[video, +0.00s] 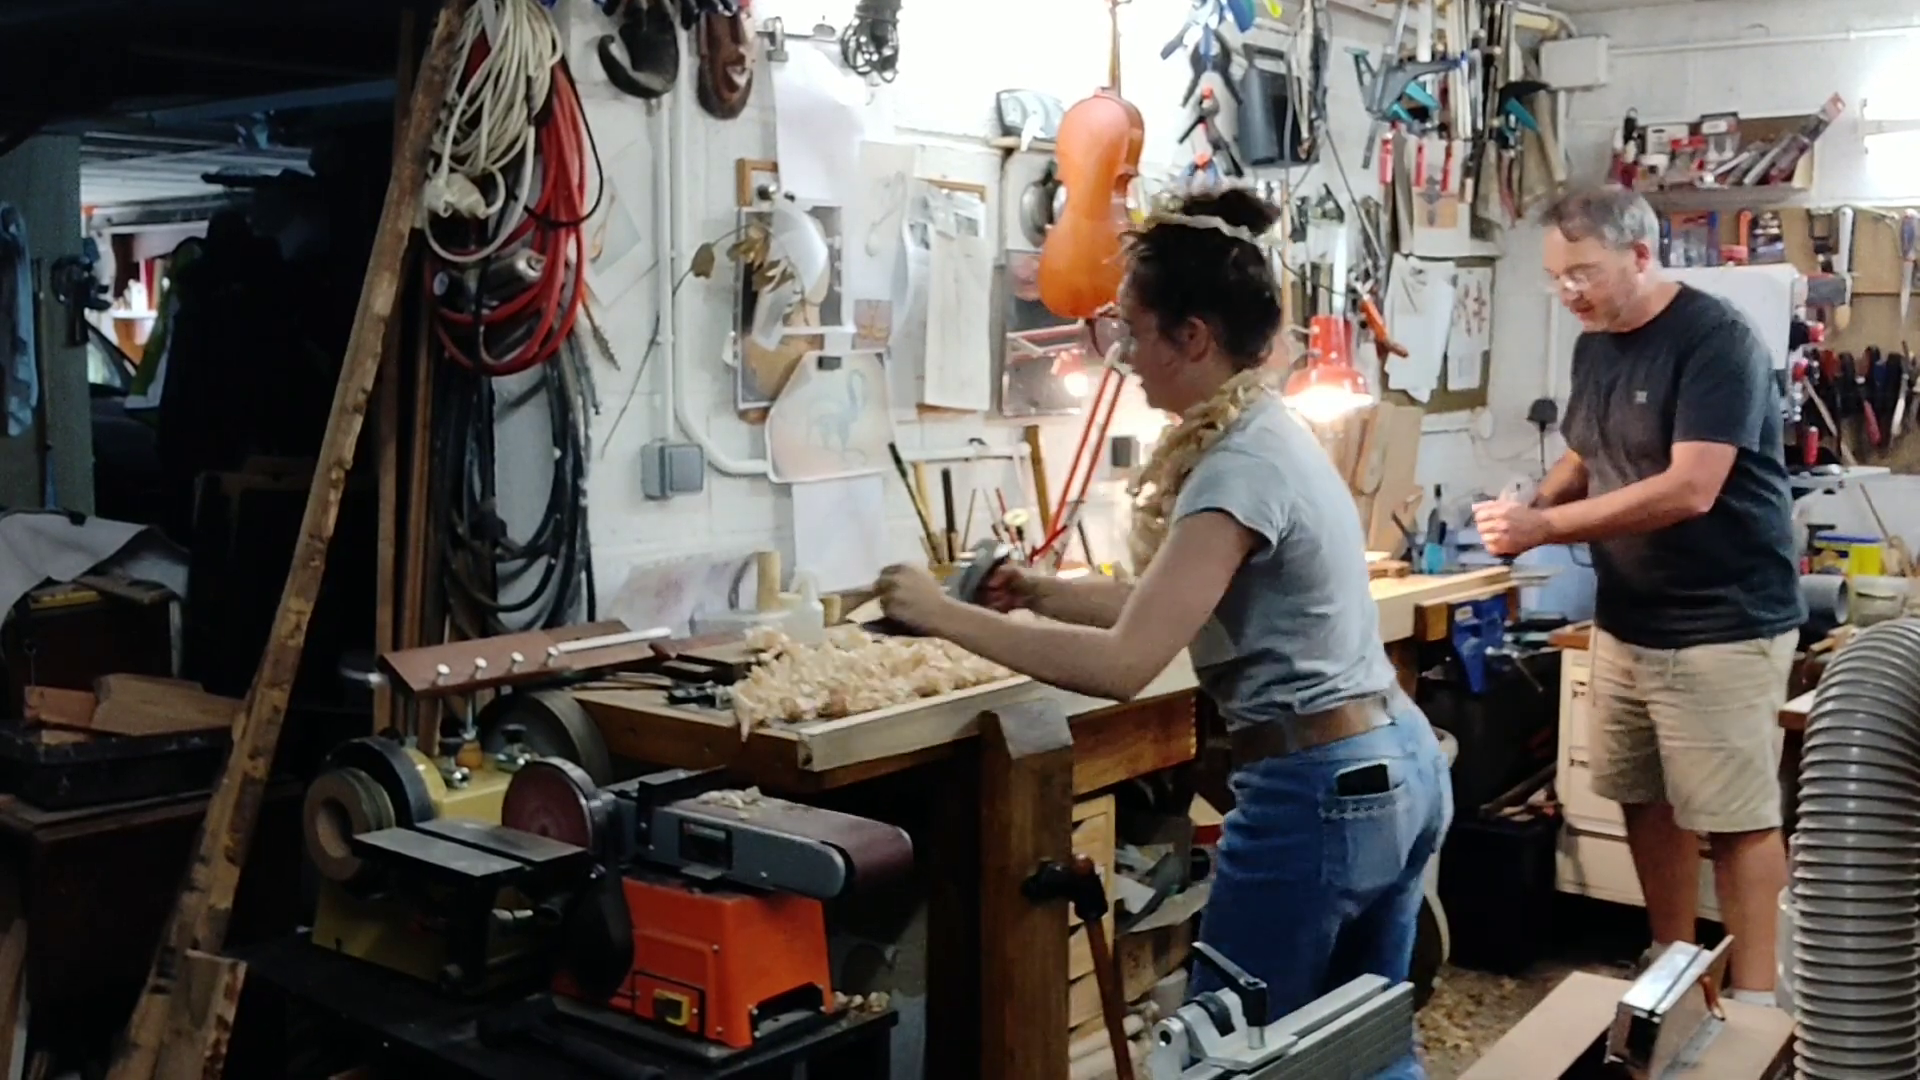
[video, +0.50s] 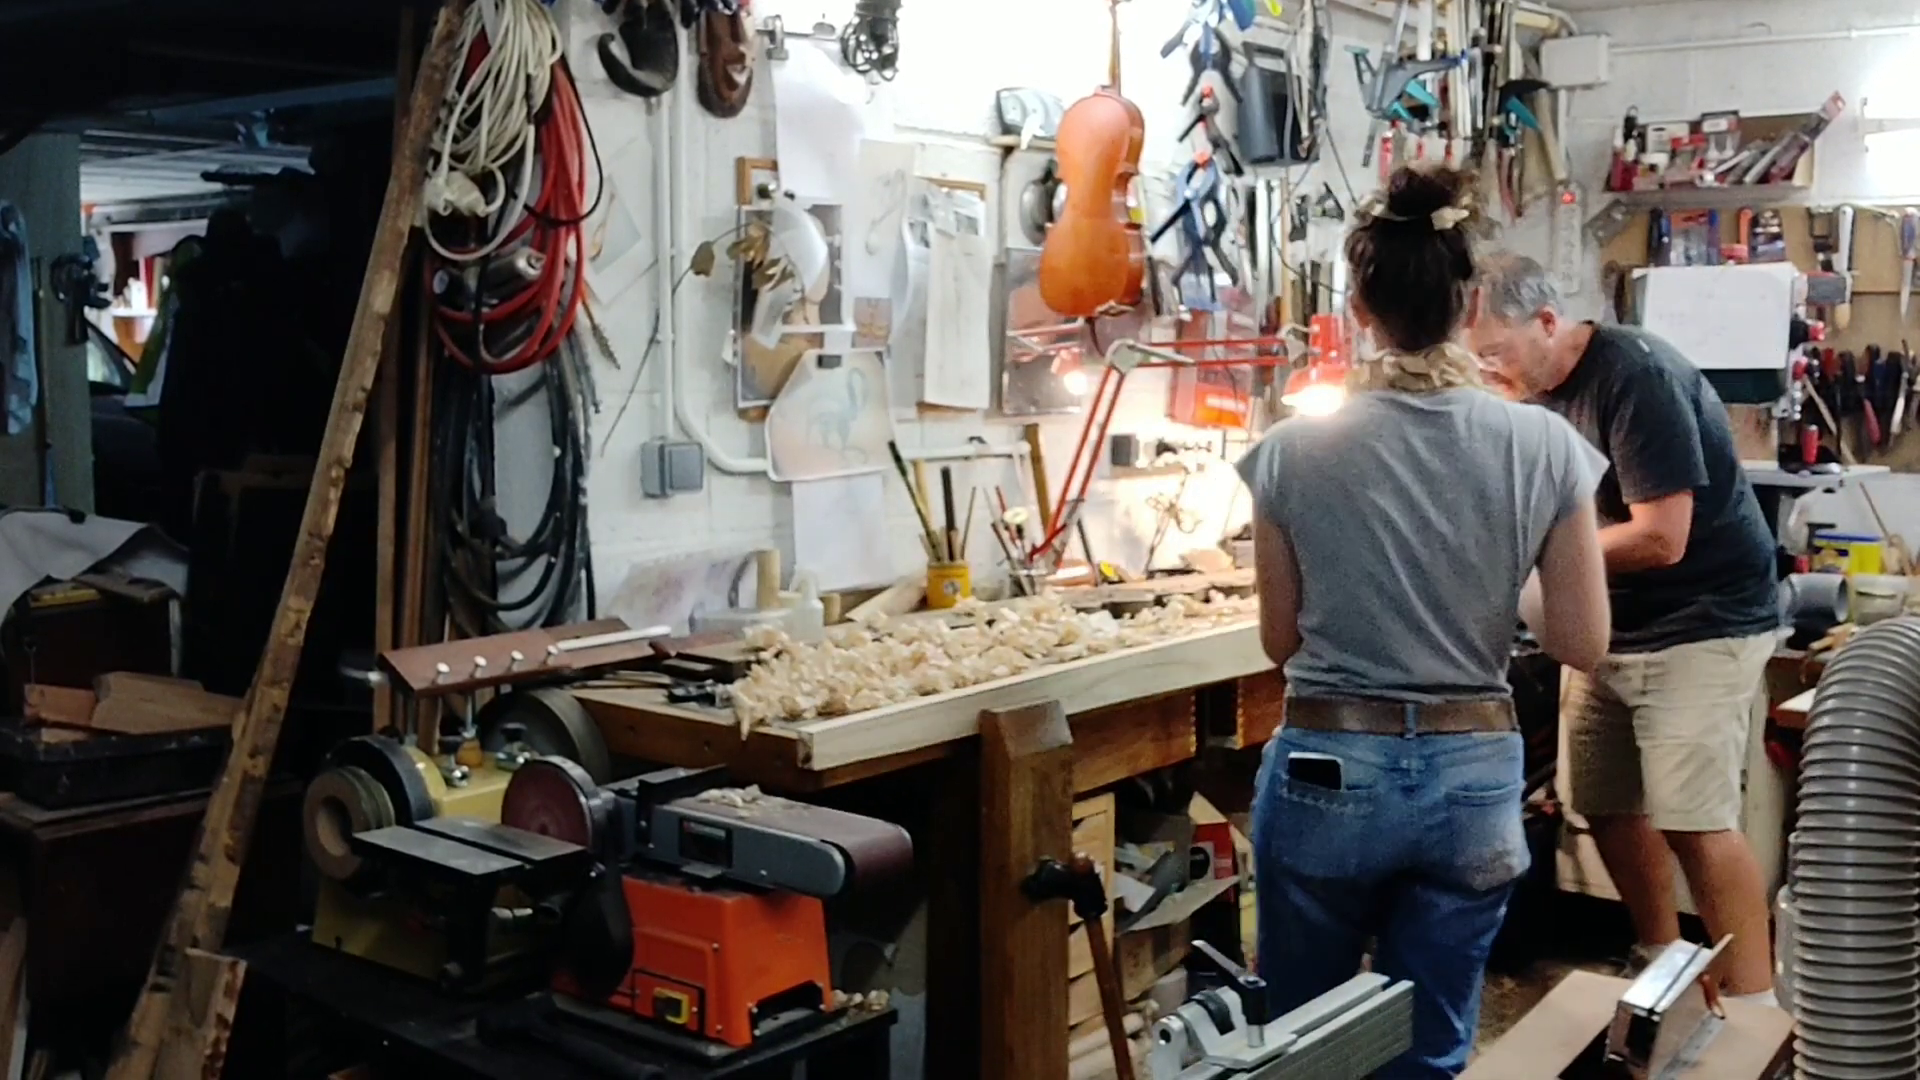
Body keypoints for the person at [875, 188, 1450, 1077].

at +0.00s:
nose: (1122, 351)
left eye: (1133, 330)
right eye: (1122, 328)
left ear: (1193, 338)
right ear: (1211, 340)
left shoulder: (1240, 463)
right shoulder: (1276, 440)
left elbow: (1125, 661)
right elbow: (1172, 600)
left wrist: (947, 617)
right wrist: (1038, 594)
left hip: (1317, 783)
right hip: (1400, 755)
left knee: (1232, 1045)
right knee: (1374, 1034)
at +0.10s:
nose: (1172, 343)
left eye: (1178, 320)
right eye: (1171, 320)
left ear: (1223, 328)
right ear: (1300, 325)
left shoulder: (1253, 466)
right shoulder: (1344, 432)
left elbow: (1164, 677)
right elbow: (1289, 600)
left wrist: (1021, 597)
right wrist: (1149, 579)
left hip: (1322, 786)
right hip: (1430, 761)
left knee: (1228, 1043)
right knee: (1380, 1043)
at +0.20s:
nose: (1239, 336)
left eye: (1239, 317)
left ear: (1257, 322)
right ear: (1375, 328)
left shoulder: (1267, 469)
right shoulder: (1422, 435)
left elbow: (1203, 681)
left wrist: (1088, 591)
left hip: (1329, 781)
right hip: (1460, 765)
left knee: (1222, 1037)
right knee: (1405, 1045)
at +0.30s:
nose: (1288, 325)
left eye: (1287, 309)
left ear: (1302, 320)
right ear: (1413, 310)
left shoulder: (1280, 468)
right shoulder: (1500, 446)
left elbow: (1237, 675)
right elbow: (1504, 634)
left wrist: (1165, 581)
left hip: (1332, 784)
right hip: (1475, 771)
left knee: (1237, 1037)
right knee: (1419, 1050)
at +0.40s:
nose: (1321, 326)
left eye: (1323, 311)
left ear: (1332, 321)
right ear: (1449, 314)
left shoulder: (1287, 462)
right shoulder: (1532, 445)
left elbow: (1260, 659)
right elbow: (1561, 635)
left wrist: (1241, 562)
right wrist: (1469, 602)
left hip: (1332, 775)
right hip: (1479, 770)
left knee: (1259, 1034)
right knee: (1423, 1048)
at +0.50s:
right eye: (1483, 301)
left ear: (1358, 308)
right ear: (1472, 306)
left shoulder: (1296, 449)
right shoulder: (1548, 446)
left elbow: (1281, 639)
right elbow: (1584, 645)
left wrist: (1360, 574)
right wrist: (1509, 581)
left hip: (1327, 754)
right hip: (1477, 755)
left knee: (1295, 1029)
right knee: (1434, 1042)